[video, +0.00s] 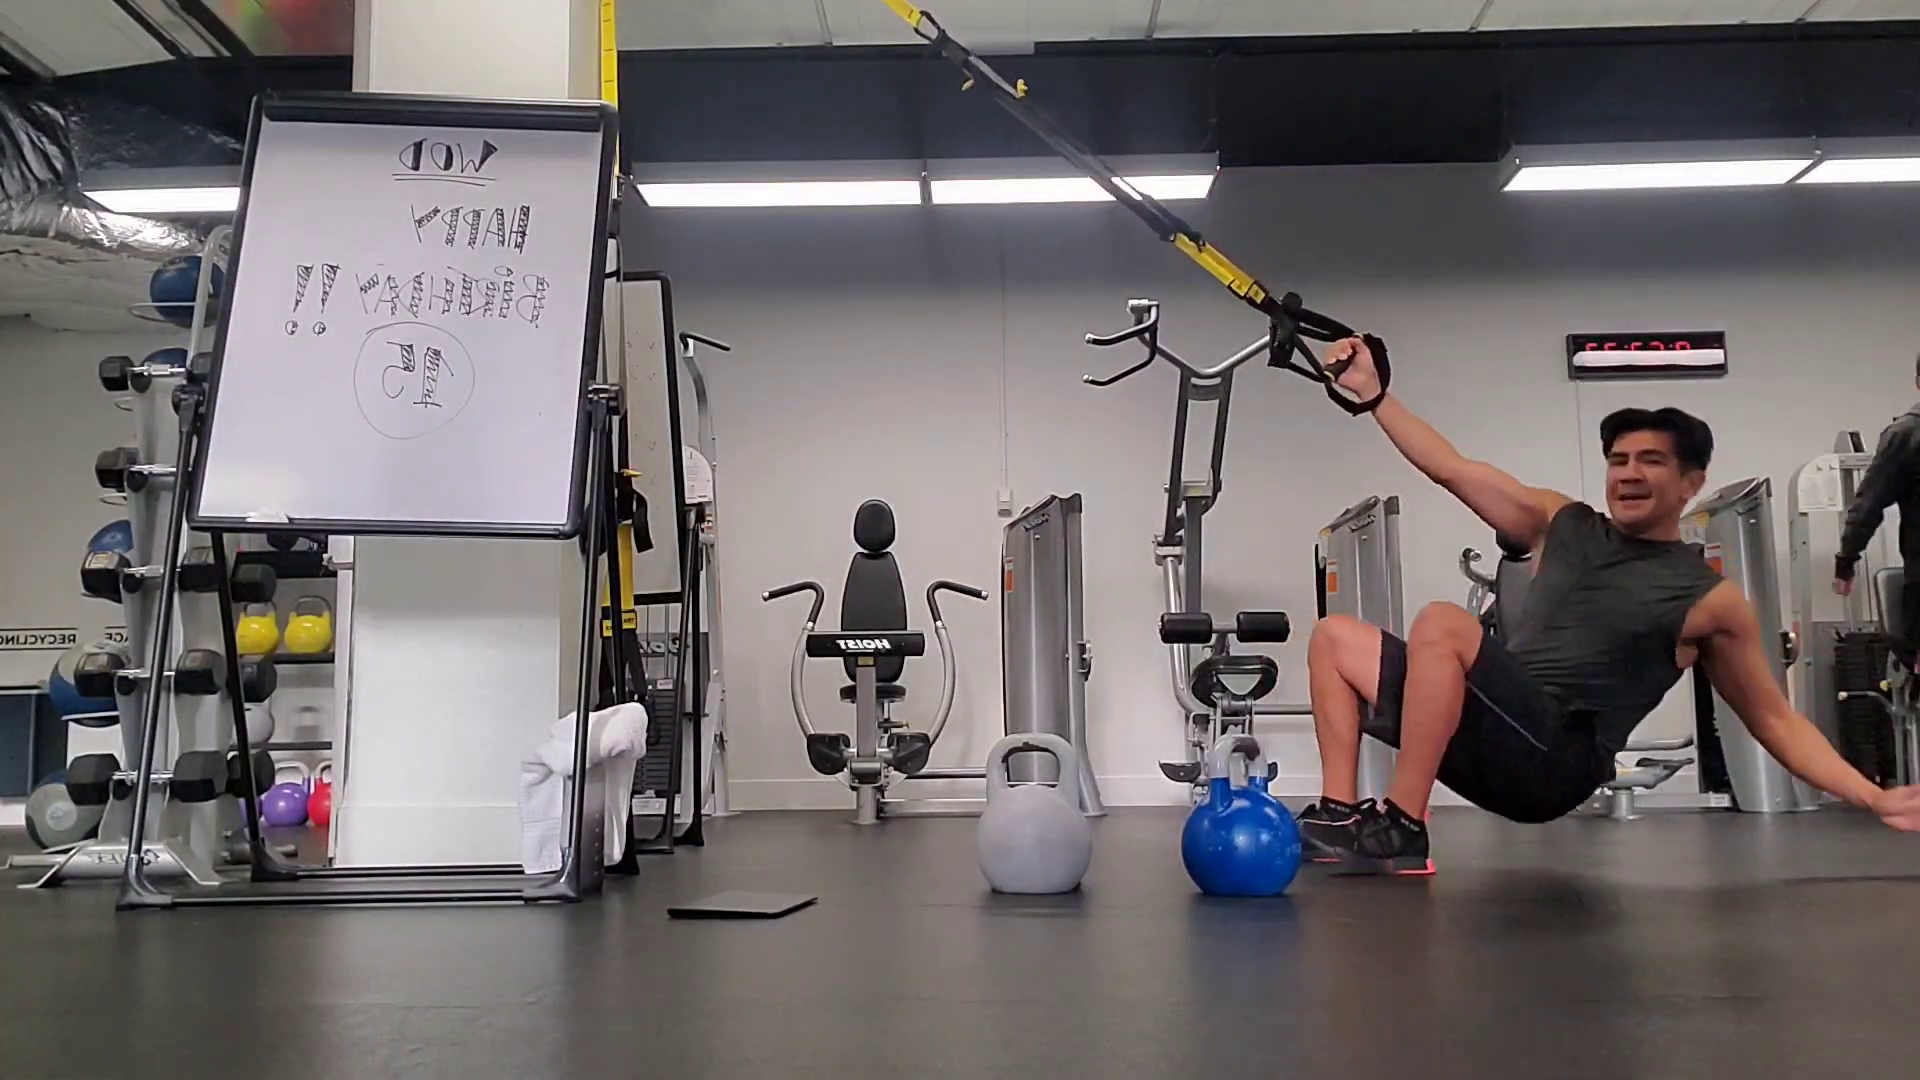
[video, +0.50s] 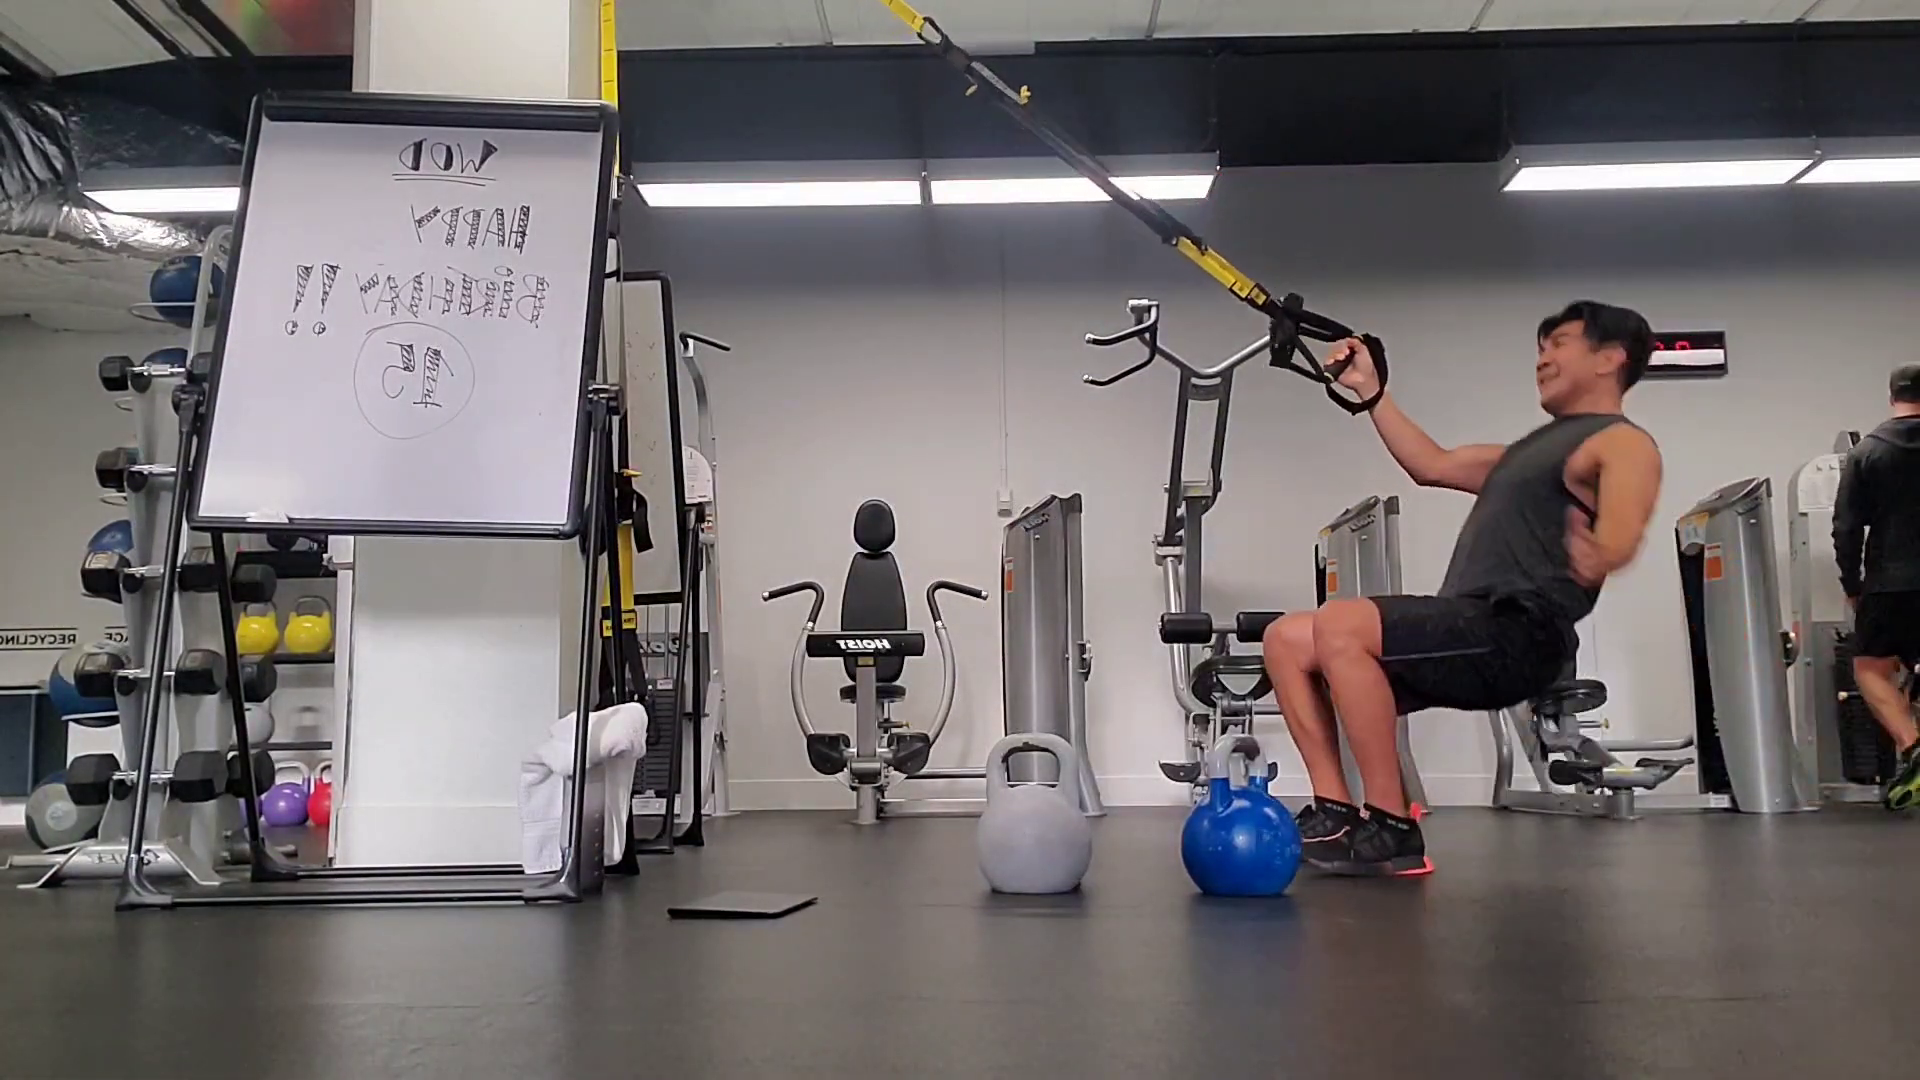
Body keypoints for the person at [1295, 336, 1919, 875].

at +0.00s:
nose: (1629, 473)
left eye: (1650, 462)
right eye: (1618, 461)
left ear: (1692, 482)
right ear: (1603, 471)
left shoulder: (1711, 597)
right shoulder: (1558, 522)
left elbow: (1776, 721)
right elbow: (1450, 468)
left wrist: (1877, 800)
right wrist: (1375, 399)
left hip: (1563, 758)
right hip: (1482, 731)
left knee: (1444, 625)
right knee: (1334, 636)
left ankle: (1403, 823)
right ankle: (1341, 812)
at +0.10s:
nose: (1640, 497)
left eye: (1662, 485)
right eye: (1628, 483)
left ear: (1700, 509)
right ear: (1612, 493)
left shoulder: (1711, 628)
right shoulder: (1557, 539)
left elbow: (1773, 743)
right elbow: (1455, 478)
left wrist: (1880, 824)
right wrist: (1370, 408)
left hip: (1555, 782)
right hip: (1474, 749)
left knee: (1456, 628)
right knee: (1345, 636)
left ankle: (1403, 823)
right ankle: (1342, 812)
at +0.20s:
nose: (1632, 493)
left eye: (1654, 480)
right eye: (1620, 481)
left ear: (1692, 506)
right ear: (1603, 495)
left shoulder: (1703, 624)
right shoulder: (1551, 540)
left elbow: (1769, 741)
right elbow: (1445, 483)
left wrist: (1880, 812)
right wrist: (1363, 413)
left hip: (1548, 778)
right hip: (1467, 747)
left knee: (1446, 626)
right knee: (1341, 637)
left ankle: (1402, 824)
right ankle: (1341, 811)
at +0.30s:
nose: (1610, 465)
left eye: (1631, 454)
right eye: (1600, 454)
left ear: (1673, 473)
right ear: (1588, 469)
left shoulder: (1688, 585)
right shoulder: (1546, 524)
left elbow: (1762, 706)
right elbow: (1439, 482)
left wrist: (1870, 780)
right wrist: (1362, 413)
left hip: (1544, 741)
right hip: (1471, 714)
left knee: (1409, 620)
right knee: (1321, 638)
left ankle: (1398, 827)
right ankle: (1338, 813)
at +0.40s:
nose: (1576, 412)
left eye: (1597, 398)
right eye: (1573, 403)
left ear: (1649, 421)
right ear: (1568, 421)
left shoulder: (1664, 518)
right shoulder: (1538, 494)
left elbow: (1707, 627)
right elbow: (1434, 474)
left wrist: (1759, 690)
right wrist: (1368, 406)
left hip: (1535, 692)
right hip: (1472, 681)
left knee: (1372, 620)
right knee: (1303, 638)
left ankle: (1396, 824)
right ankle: (1336, 810)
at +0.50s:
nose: (1541, 358)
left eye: (1558, 342)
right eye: (1541, 349)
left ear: (1611, 357)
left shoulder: (1626, 443)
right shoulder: (1529, 453)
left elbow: (1621, 538)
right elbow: (1432, 465)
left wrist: (1595, 557)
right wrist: (1373, 392)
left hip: (1520, 631)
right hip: (1467, 623)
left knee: (1341, 629)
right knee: (1286, 638)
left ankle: (1391, 825)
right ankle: (1333, 811)